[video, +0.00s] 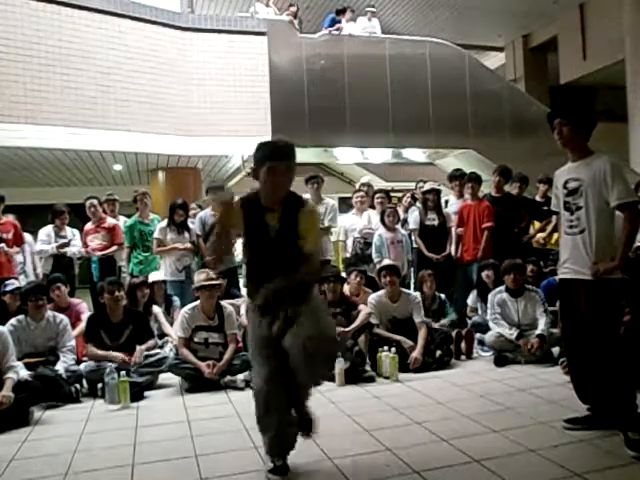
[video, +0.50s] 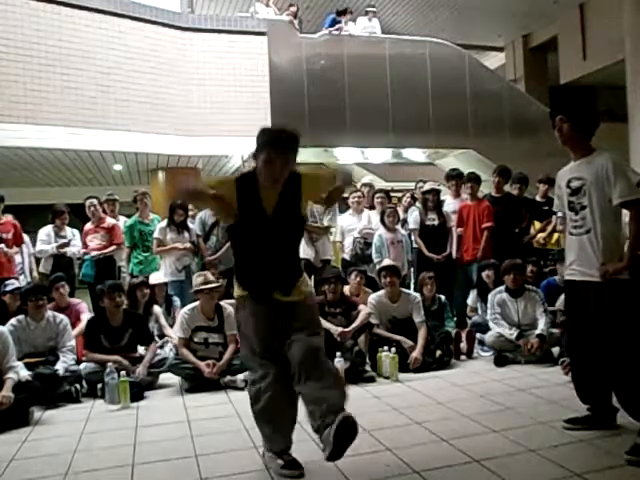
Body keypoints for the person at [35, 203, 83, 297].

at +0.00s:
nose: (64, 222)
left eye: (65, 219)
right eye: (61, 219)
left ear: (68, 218)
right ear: (54, 219)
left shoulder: (74, 232)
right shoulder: (45, 231)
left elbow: (79, 250)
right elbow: (38, 250)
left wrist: (66, 251)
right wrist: (55, 248)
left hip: (69, 272)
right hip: (50, 272)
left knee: (69, 301)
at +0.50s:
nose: (64, 222)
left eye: (65, 219)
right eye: (61, 219)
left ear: (68, 219)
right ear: (55, 219)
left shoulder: (74, 233)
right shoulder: (45, 231)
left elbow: (78, 250)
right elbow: (39, 251)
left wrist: (66, 251)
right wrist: (56, 248)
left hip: (69, 270)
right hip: (49, 271)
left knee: (69, 300)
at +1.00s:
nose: (64, 222)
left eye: (65, 219)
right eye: (61, 219)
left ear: (68, 219)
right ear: (54, 219)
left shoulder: (74, 232)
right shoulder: (45, 231)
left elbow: (78, 250)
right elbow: (38, 251)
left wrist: (66, 251)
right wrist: (55, 248)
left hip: (69, 271)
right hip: (49, 271)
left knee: (69, 300)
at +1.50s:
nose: (63, 222)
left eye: (65, 219)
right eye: (60, 219)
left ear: (68, 219)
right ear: (55, 219)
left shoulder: (74, 232)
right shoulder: (45, 231)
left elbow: (78, 250)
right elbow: (39, 250)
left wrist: (66, 251)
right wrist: (55, 248)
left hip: (69, 268)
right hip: (50, 268)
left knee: (69, 298)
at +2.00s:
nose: (68, 224)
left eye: (69, 221)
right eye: (65, 221)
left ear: (72, 221)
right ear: (59, 221)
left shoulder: (77, 234)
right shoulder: (49, 234)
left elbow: (81, 251)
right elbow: (42, 253)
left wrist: (70, 253)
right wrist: (59, 250)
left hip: (72, 270)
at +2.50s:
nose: (68, 224)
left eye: (69, 221)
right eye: (65, 222)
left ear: (72, 221)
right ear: (59, 222)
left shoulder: (78, 235)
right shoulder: (49, 234)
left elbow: (81, 252)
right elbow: (43, 252)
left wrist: (70, 254)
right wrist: (59, 250)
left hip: (73, 270)